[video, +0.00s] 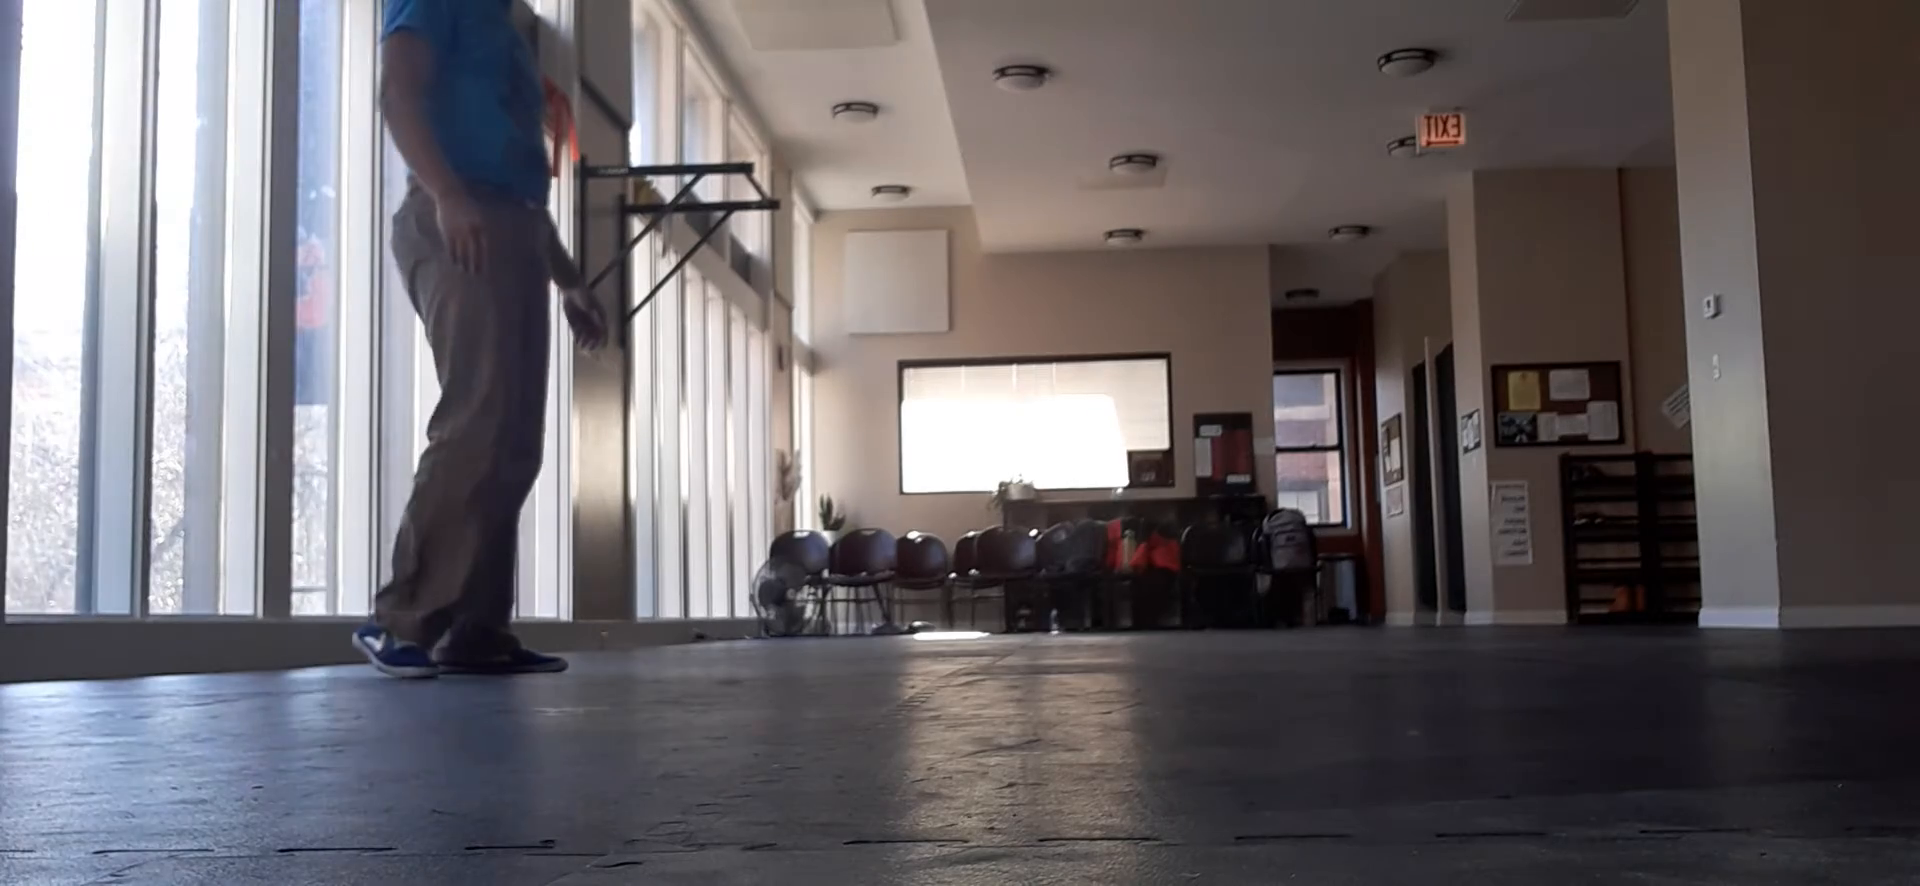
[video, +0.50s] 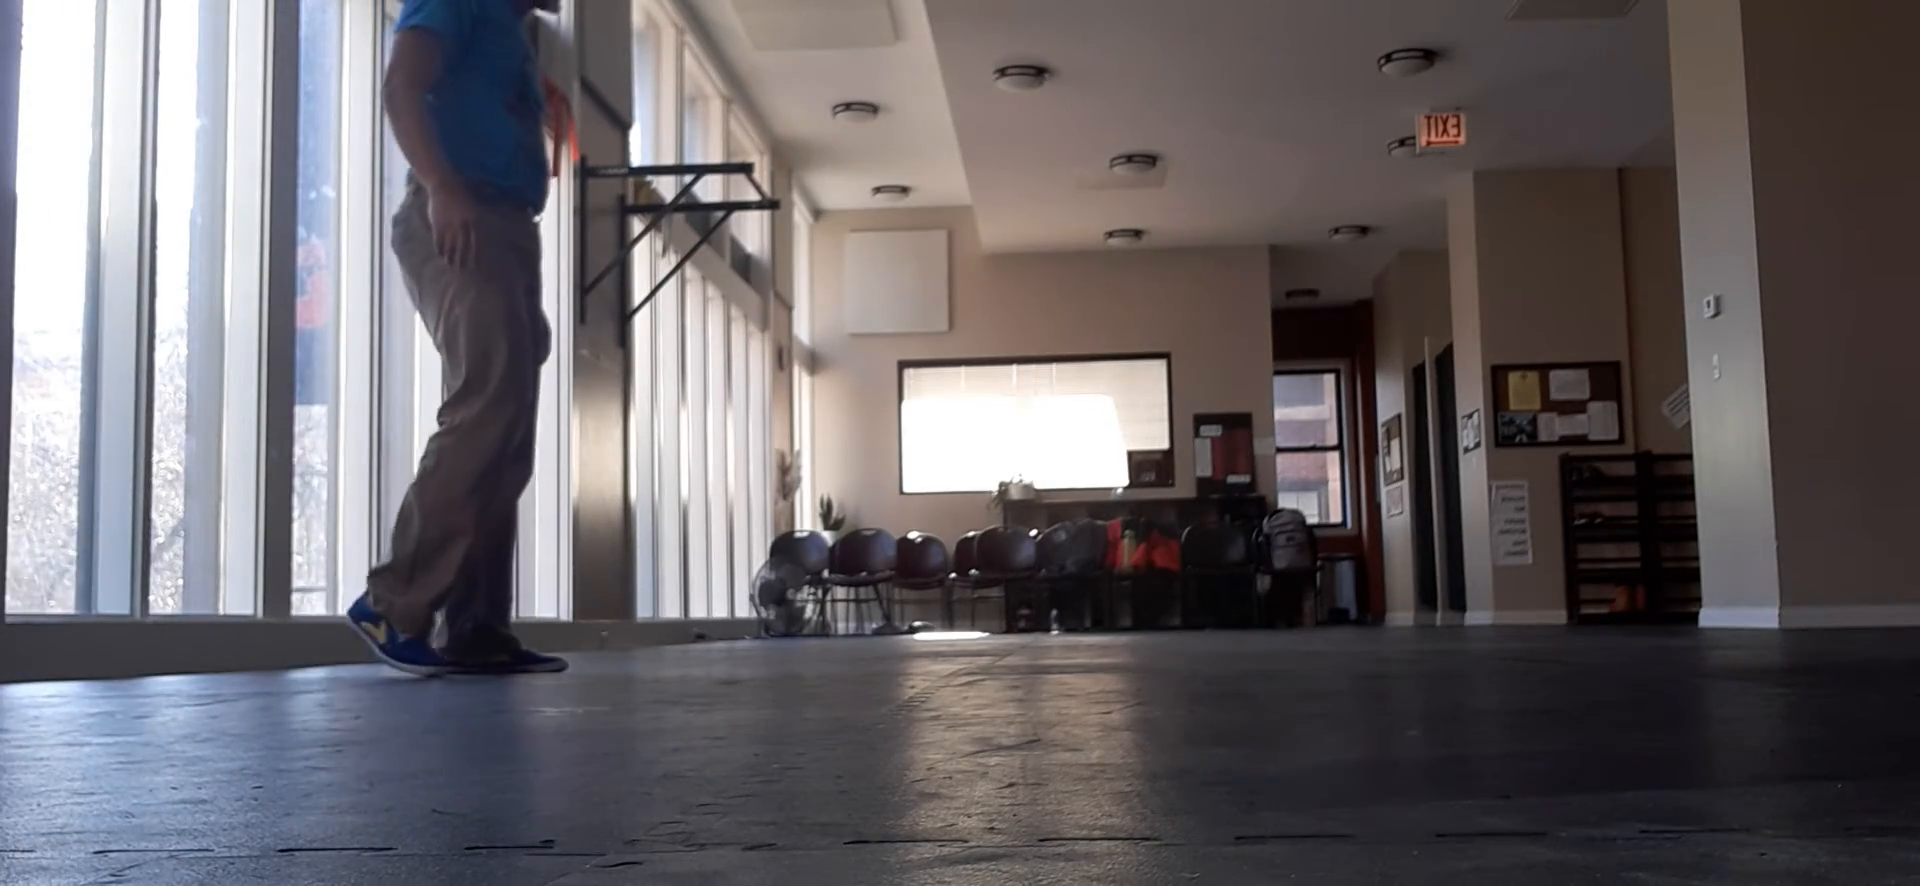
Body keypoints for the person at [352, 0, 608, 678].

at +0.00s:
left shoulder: (513, 37)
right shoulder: (434, 5)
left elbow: (521, 182)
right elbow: (398, 96)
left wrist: (569, 280)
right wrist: (448, 195)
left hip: (517, 227)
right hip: (464, 220)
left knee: (515, 438)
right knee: (476, 422)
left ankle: (477, 636)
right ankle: (401, 621)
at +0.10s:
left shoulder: (512, 29)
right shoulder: (439, 5)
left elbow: (517, 173)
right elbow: (401, 96)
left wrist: (564, 281)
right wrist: (449, 198)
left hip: (515, 221)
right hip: (469, 216)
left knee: (517, 440)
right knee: (478, 421)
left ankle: (477, 635)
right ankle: (397, 616)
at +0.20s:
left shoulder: (514, 30)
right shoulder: (449, 5)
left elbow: (518, 164)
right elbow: (404, 96)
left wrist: (545, 282)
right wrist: (447, 199)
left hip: (517, 222)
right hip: (470, 215)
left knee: (519, 440)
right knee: (478, 421)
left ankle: (476, 634)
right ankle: (398, 614)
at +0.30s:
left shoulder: (513, 24)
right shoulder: (454, 5)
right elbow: (404, 95)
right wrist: (445, 198)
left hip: (514, 221)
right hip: (467, 214)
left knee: (516, 437)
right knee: (487, 414)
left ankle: (477, 634)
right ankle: (402, 610)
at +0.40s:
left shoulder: (513, 24)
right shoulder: (457, 5)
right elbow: (403, 92)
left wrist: (545, 102)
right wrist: (443, 192)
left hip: (511, 220)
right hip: (463, 211)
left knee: (514, 428)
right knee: (493, 402)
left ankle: (477, 631)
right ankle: (401, 607)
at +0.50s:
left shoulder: (511, 24)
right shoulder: (457, 5)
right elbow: (402, 90)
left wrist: (542, 99)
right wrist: (442, 189)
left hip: (507, 219)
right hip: (460, 213)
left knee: (507, 428)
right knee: (486, 405)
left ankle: (475, 631)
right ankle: (393, 605)